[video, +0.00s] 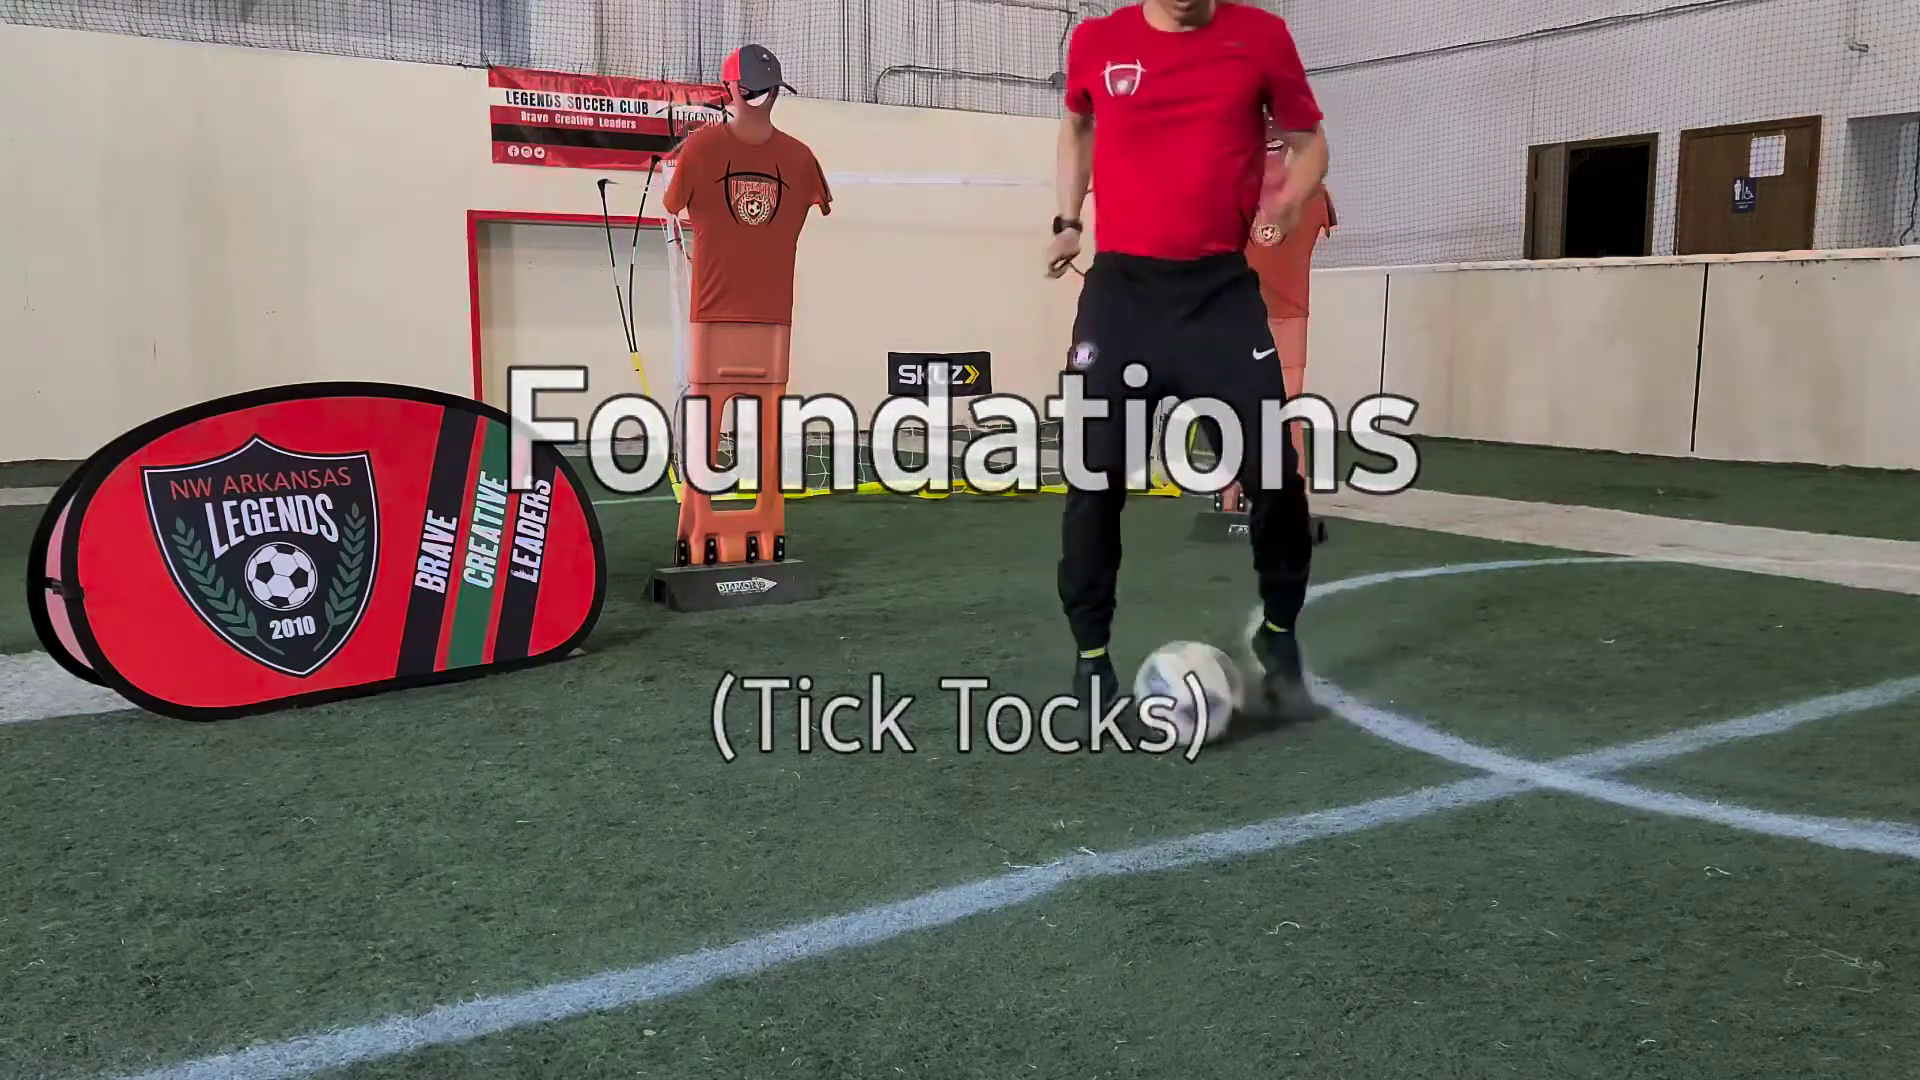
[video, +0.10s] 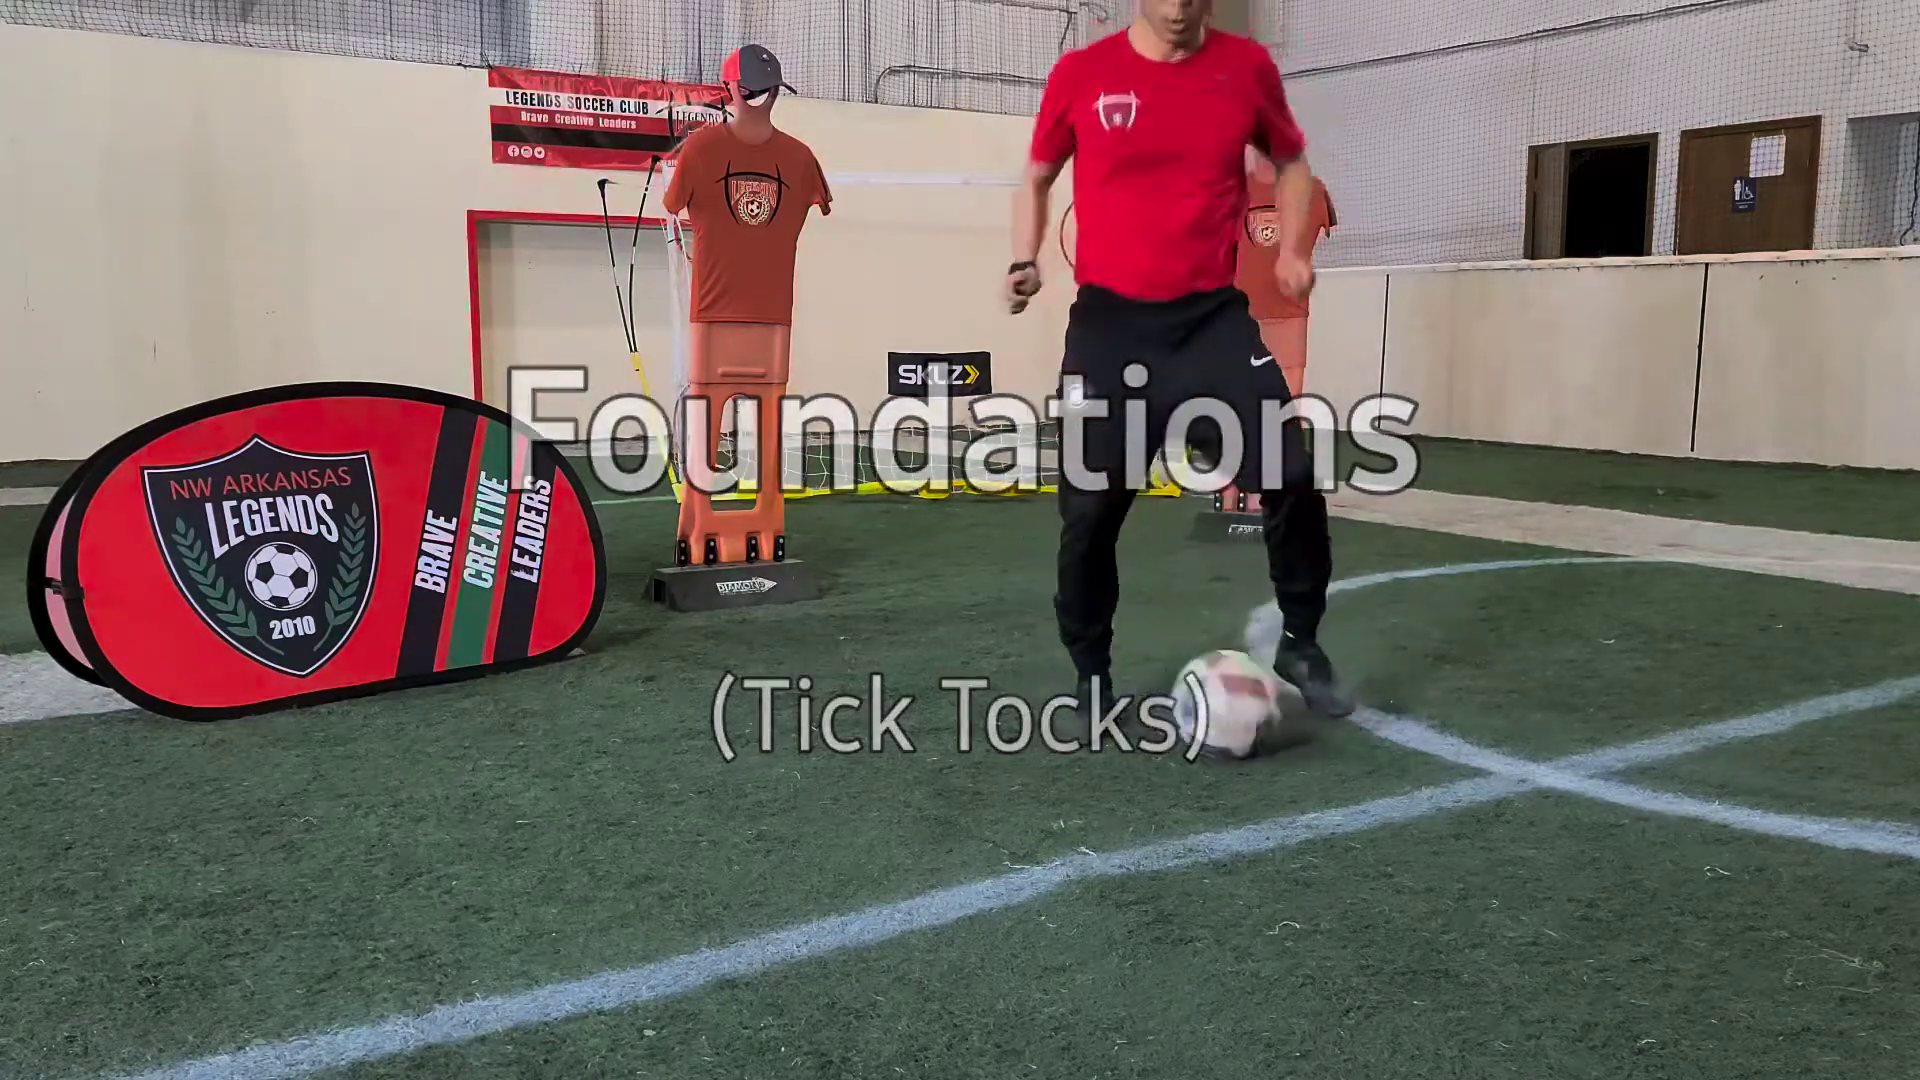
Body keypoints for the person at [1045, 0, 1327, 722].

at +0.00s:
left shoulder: (1262, 35)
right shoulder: (1096, 41)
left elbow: (1308, 142)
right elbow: (1078, 123)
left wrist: (1287, 204)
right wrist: (1067, 218)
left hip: (1222, 291)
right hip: (1121, 292)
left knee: (1277, 476)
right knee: (1096, 479)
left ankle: (1279, 632)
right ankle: (1093, 659)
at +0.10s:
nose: (1186, 10)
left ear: (1209, 0)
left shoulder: (1247, 66)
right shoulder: (1079, 74)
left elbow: (1289, 160)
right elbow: (1037, 177)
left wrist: (1293, 246)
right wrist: (1026, 258)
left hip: (1214, 320)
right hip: (1110, 324)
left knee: (1293, 476)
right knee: (1091, 506)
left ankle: (1299, 643)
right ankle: (1093, 674)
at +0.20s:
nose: (1185, 7)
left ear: (1211, 1)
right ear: (1139, 0)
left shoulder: (1249, 63)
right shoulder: (1083, 69)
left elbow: (1283, 151)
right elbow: (1014, 190)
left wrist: (1286, 243)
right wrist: (1025, 189)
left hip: (1215, 326)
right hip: (1109, 329)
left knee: (1285, 489)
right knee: (1090, 510)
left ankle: (1285, 662)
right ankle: (1092, 677)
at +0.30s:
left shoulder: (1271, 13)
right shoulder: (1110, 13)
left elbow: (1284, 100)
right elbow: (1009, 142)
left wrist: (1280, 188)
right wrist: (1048, 115)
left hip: (1223, 292)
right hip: (1116, 293)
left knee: (1271, 492)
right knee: (1080, 488)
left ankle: (1265, 685)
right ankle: (1074, 668)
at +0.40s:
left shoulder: (1294, 11)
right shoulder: (1124, 13)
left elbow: (1314, 87)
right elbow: (1035, 122)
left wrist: (1321, 168)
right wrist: (1046, 153)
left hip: (1242, 299)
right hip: (1133, 291)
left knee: (1254, 524)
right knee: (1045, 472)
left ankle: (1234, 726)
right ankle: (1053, 595)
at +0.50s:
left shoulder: (1311, 39)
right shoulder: (1128, 45)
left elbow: (1361, 146)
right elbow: (1064, 159)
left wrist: (1357, 219)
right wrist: (1042, 234)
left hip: (1251, 325)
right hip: (1137, 309)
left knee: (1257, 540)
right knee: (1048, 436)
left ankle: (1223, 739)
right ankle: (1041, 595)